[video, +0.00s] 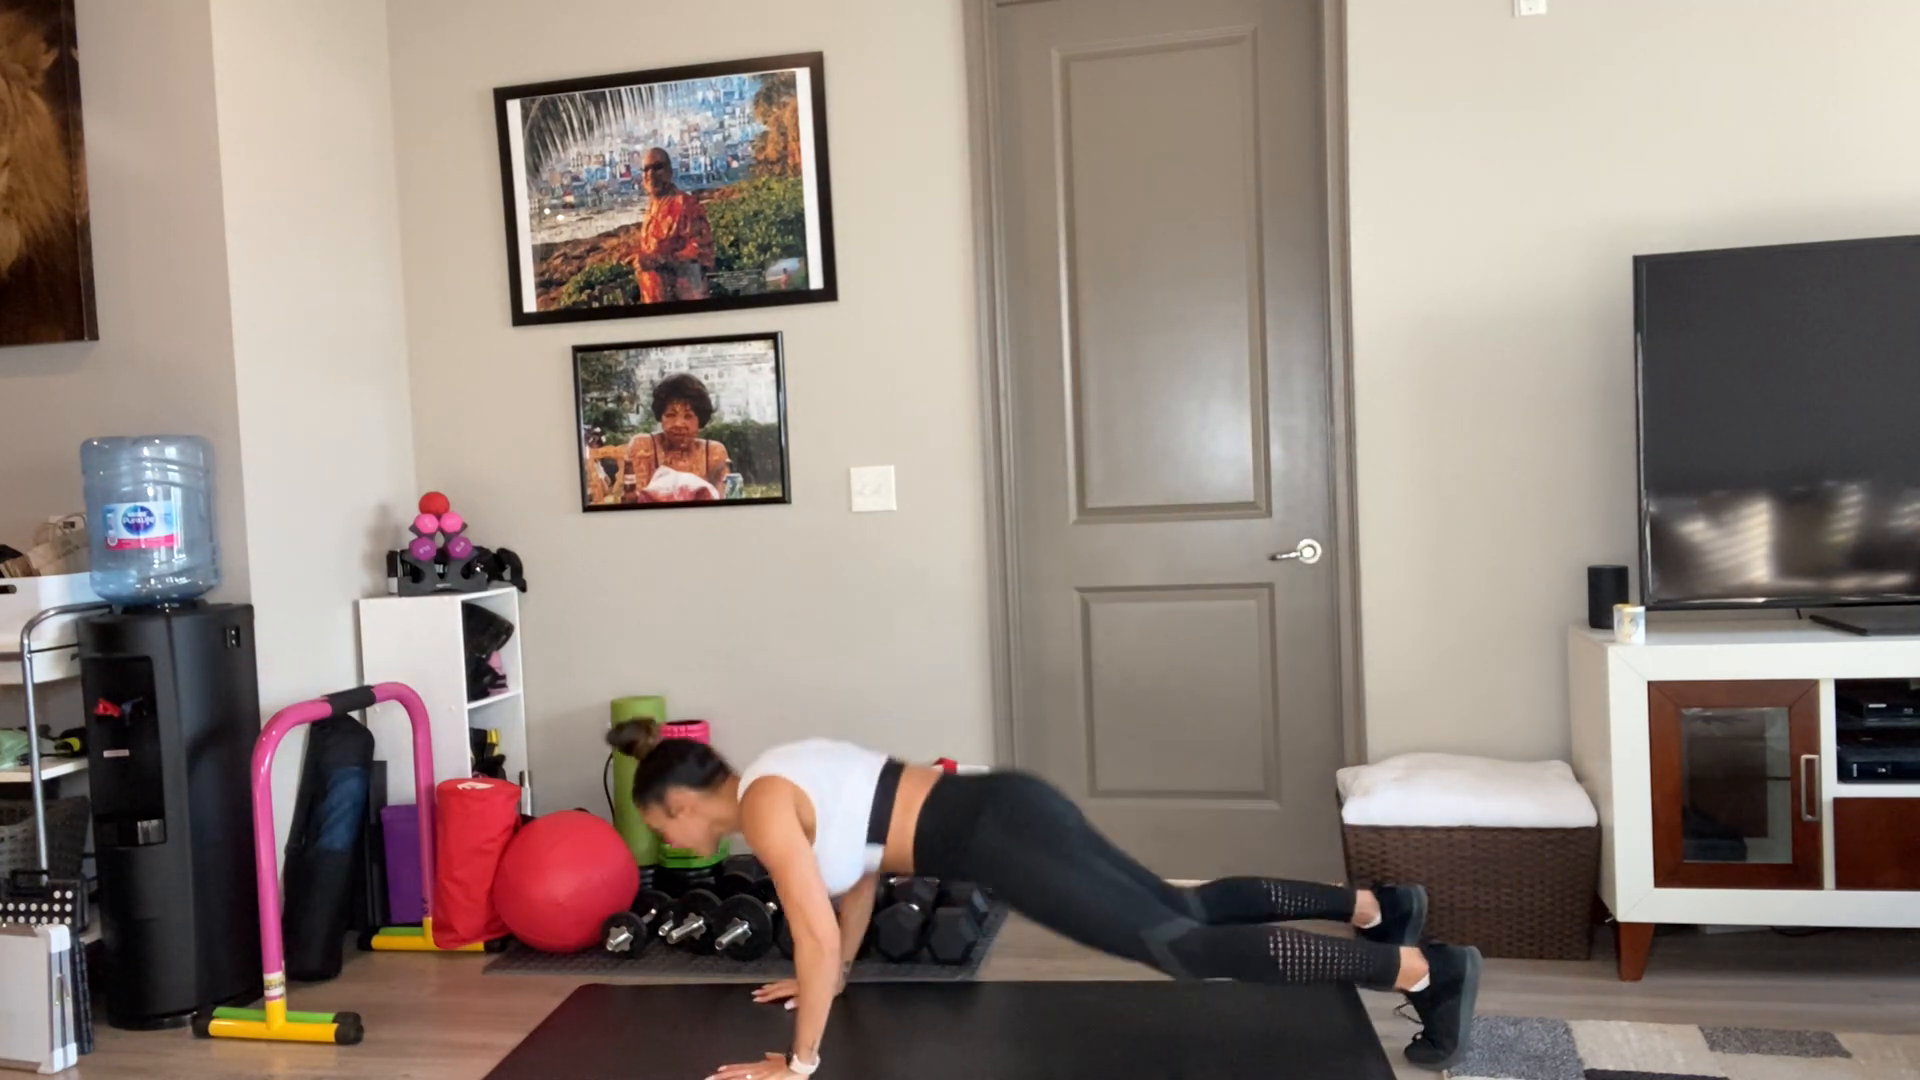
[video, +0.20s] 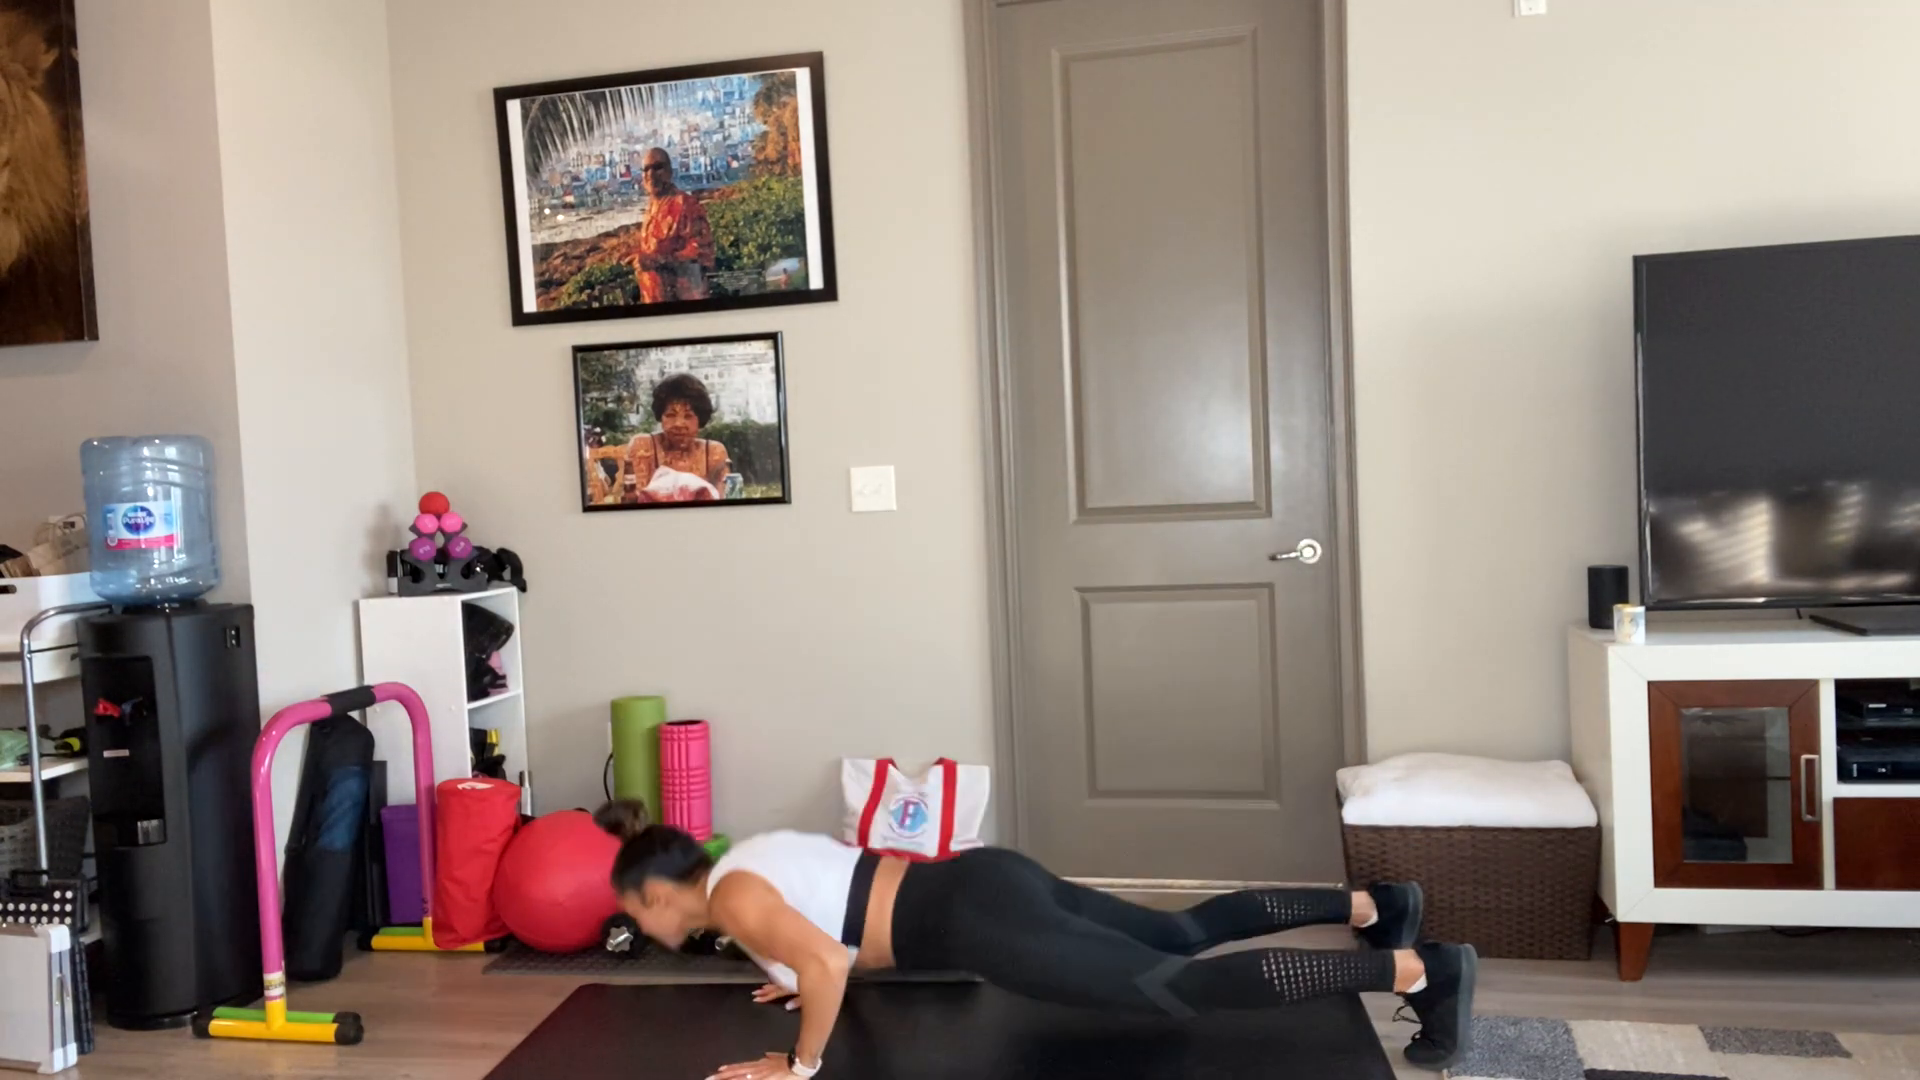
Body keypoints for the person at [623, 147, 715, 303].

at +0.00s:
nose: (650, 174)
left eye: (657, 167)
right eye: (646, 169)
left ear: (670, 172)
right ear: (642, 176)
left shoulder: (686, 204)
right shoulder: (653, 206)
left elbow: (703, 255)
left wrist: (655, 260)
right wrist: (639, 257)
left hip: (683, 297)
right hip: (655, 297)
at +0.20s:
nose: (650, 174)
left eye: (657, 167)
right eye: (646, 169)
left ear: (670, 172)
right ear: (642, 176)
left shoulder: (686, 205)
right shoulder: (653, 206)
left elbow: (702, 254)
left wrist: (655, 260)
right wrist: (638, 257)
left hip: (683, 297)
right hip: (655, 297)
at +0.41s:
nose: (651, 174)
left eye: (657, 167)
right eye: (646, 169)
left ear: (670, 172)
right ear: (642, 175)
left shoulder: (686, 205)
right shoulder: (653, 206)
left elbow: (702, 254)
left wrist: (654, 260)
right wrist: (638, 256)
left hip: (683, 297)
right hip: (655, 297)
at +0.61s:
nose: (650, 174)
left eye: (657, 167)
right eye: (646, 169)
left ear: (670, 172)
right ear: (642, 176)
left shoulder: (687, 205)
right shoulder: (653, 206)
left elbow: (703, 255)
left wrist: (654, 260)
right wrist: (638, 257)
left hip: (683, 297)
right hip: (655, 297)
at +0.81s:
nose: (650, 174)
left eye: (657, 167)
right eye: (646, 169)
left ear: (670, 172)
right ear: (642, 176)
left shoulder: (686, 204)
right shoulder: (653, 206)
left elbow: (703, 255)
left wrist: (655, 260)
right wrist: (638, 256)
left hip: (683, 297)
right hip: (655, 297)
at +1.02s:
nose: (650, 174)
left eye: (657, 167)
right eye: (646, 169)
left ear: (670, 172)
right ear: (642, 176)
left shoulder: (686, 205)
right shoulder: (653, 206)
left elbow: (703, 255)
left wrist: (655, 260)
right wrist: (638, 256)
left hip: (683, 297)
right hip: (655, 297)